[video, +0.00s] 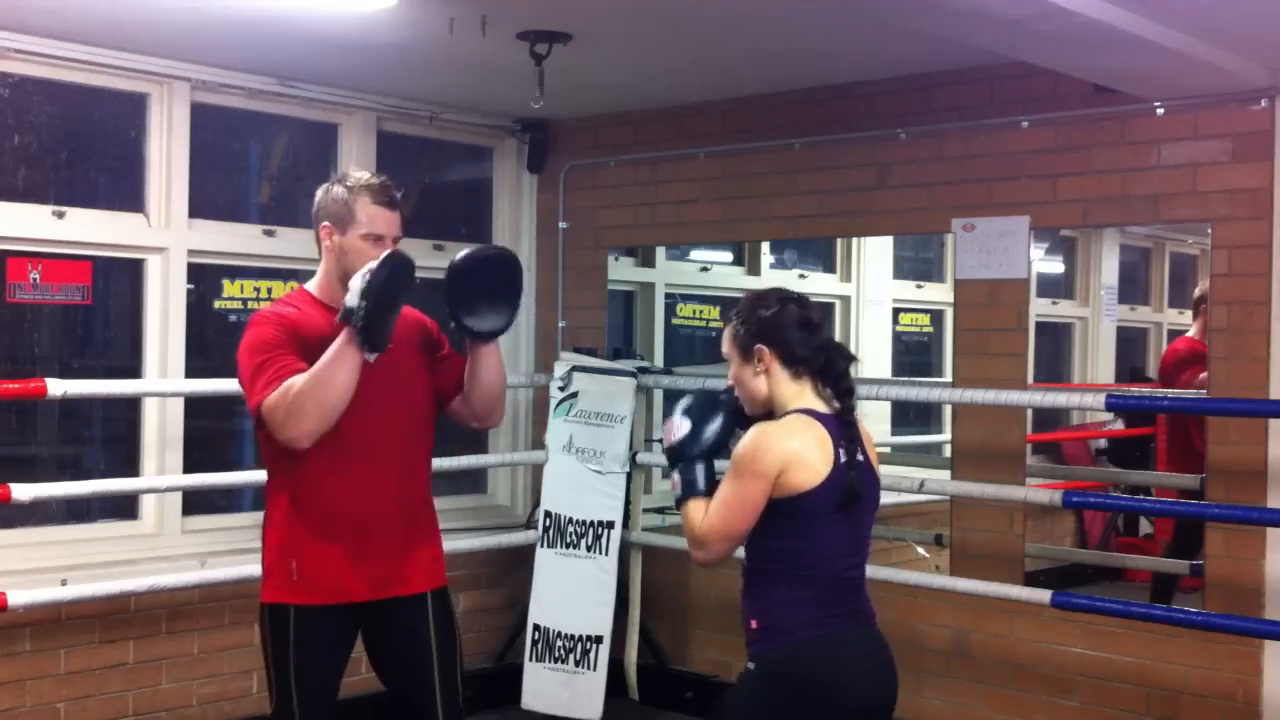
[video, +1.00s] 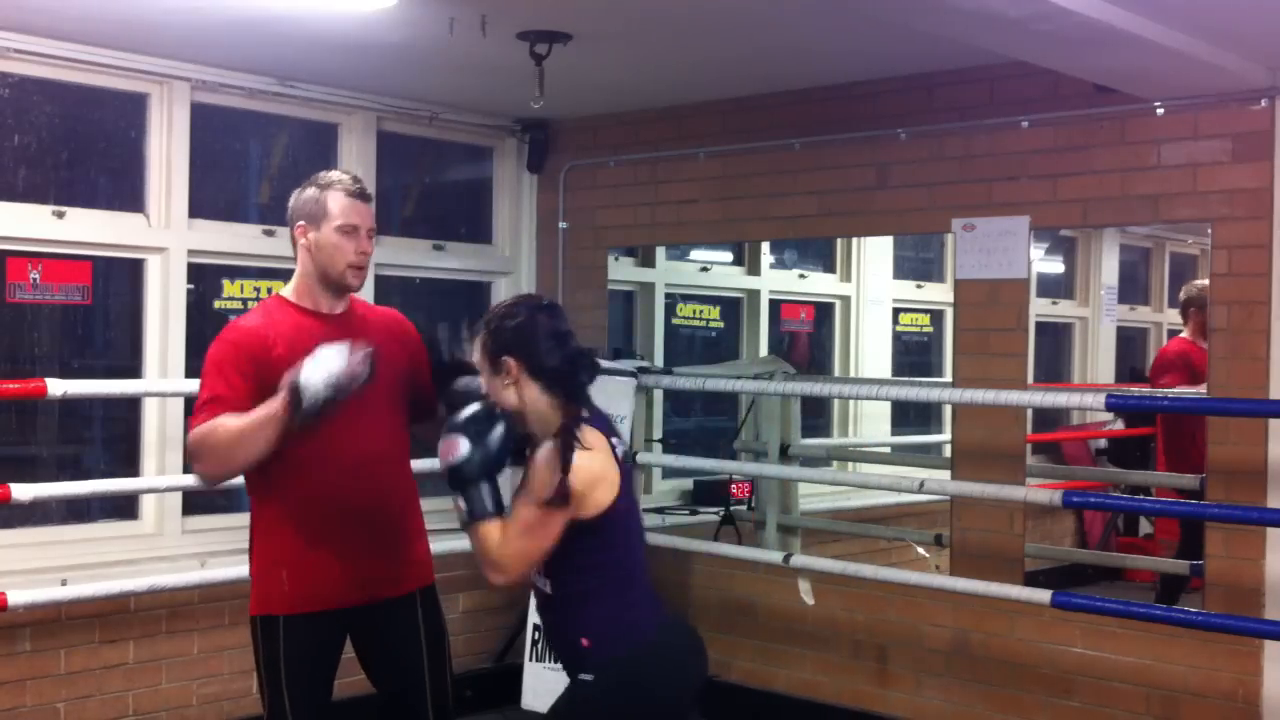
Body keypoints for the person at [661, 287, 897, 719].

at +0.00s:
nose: (729, 379)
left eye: (731, 362)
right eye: (727, 363)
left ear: (763, 360)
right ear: (809, 357)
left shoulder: (769, 443)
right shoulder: (858, 433)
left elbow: (705, 546)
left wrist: (689, 462)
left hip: (791, 676)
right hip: (864, 665)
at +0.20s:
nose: (701, 386)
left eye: (699, 370)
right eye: (697, 372)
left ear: (722, 363)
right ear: (774, 358)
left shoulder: (723, 437)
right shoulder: (814, 440)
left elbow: (629, 473)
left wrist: (619, 451)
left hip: (723, 662)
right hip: (800, 659)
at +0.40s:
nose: (651, 368)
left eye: (650, 357)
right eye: (648, 357)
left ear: (667, 354)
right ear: (725, 351)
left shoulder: (642, 423)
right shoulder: (772, 440)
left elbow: (525, 447)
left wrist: (533, 408)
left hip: (663, 649)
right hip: (746, 651)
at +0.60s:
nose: (582, 363)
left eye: (585, 354)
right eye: (584, 353)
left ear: (598, 364)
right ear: (654, 363)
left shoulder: (563, 422)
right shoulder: (696, 452)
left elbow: (492, 405)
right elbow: (738, 531)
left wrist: (509, 348)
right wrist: (696, 496)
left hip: (592, 669)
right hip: (680, 668)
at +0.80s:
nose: (493, 378)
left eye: (498, 363)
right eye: (492, 363)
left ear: (534, 364)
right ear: (536, 366)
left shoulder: (601, 449)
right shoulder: (540, 434)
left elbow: (592, 573)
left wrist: (523, 514)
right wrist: (506, 475)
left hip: (639, 674)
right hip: (599, 666)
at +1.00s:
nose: (482, 389)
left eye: (483, 373)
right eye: (479, 374)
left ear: (511, 371)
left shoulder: (566, 456)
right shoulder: (586, 427)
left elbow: (502, 566)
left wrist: (475, 479)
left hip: (620, 679)